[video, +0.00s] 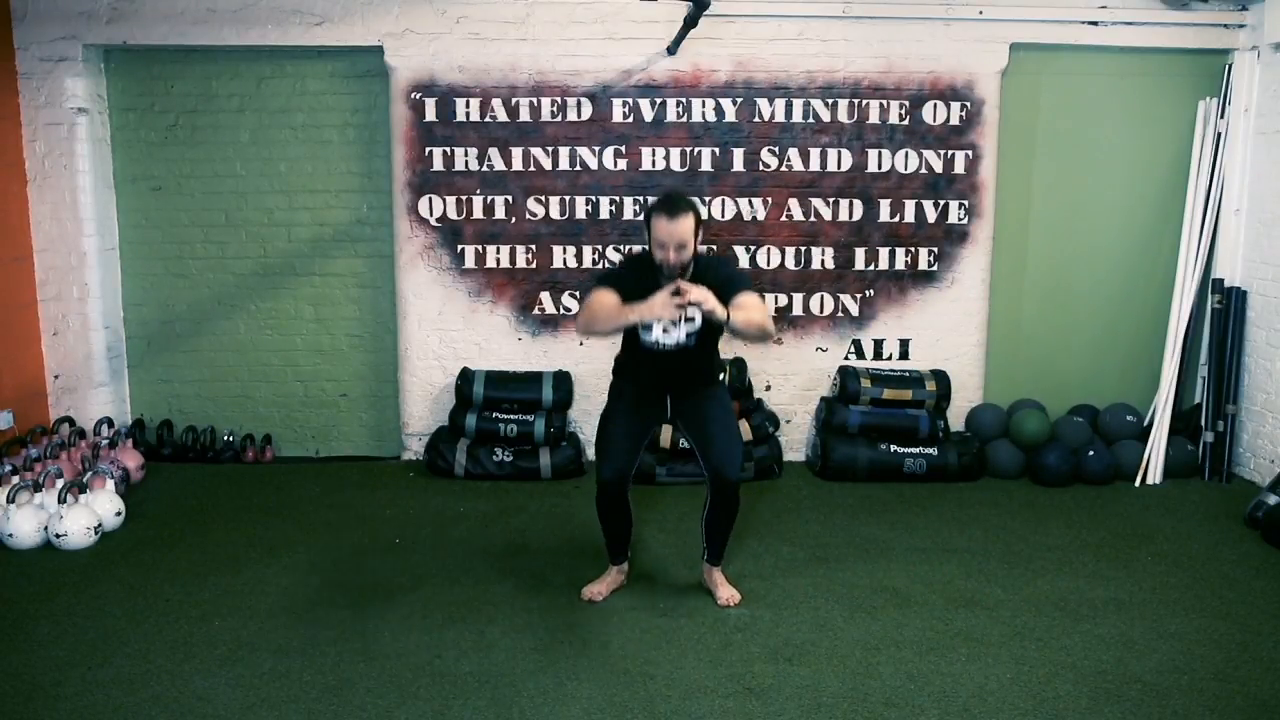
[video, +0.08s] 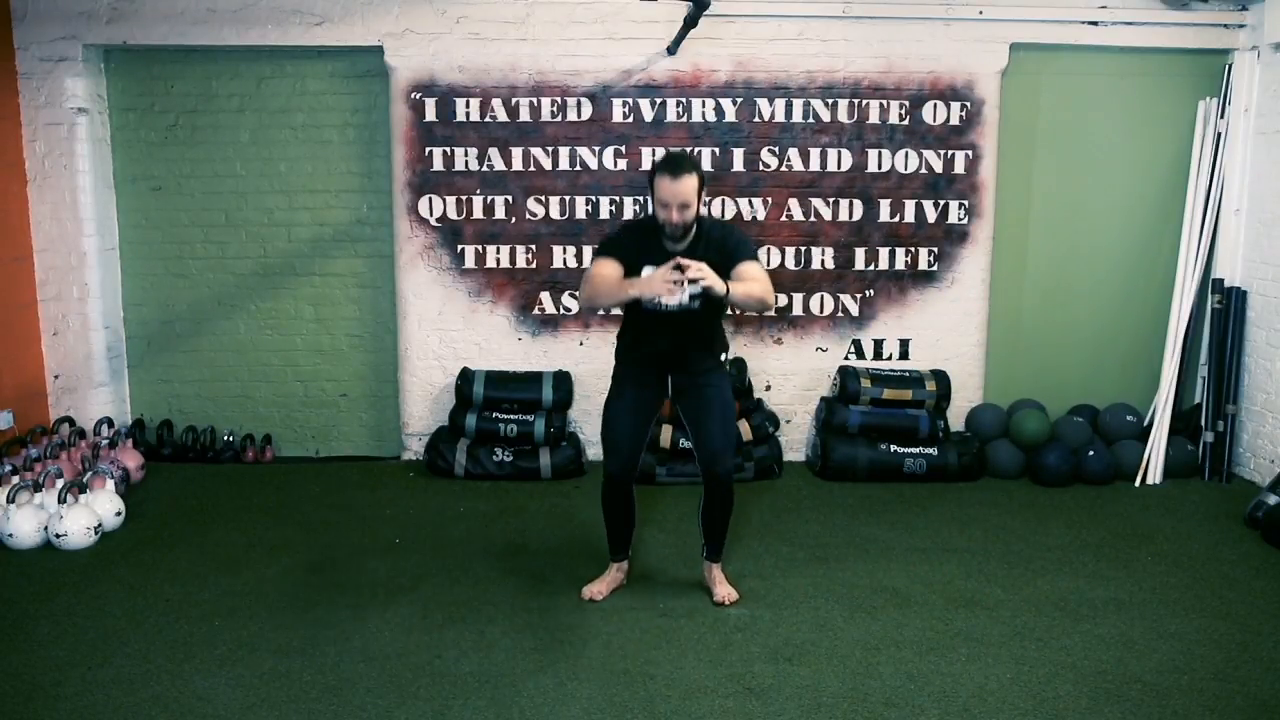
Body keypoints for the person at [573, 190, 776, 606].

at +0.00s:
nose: (670, 256)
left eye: (680, 247)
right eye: (661, 246)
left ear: (696, 238)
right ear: (649, 239)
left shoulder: (717, 273)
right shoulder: (633, 271)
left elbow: (763, 326)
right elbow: (587, 320)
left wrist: (722, 313)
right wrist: (645, 310)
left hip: (699, 388)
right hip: (637, 388)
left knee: (727, 473)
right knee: (610, 476)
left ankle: (713, 568)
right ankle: (618, 565)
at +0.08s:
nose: (674, 216)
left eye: (683, 206)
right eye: (665, 206)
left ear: (699, 199)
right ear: (652, 199)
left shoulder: (722, 239)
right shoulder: (631, 236)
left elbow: (765, 295)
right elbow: (591, 290)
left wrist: (724, 287)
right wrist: (641, 285)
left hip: (702, 367)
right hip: (638, 366)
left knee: (720, 466)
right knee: (618, 464)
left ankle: (714, 563)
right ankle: (618, 563)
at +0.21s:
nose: (679, 179)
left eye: (689, 169)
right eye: (670, 168)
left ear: (706, 162)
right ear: (657, 161)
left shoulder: (728, 206)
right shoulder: (638, 201)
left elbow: (768, 268)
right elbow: (593, 265)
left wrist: (721, 264)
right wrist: (640, 262)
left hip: (704, 356)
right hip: (640, 353)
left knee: (713, 458)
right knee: (625, 457)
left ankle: (714, 562)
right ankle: (616, 559)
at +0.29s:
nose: (681, 172)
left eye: (692, 161)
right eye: (672, 160)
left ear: (710, 154)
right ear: (658, 153)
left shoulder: (731, 203)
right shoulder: (637, 196)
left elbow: (768, 261)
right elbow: (594, 256)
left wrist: (719, 257)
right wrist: (636, 253)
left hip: (703, 353)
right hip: (639, 350)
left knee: (712, 458)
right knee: (618, 453)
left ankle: (715, 563)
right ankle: (600, 556)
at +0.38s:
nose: (680, 168)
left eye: (690, 159)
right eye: (672, 158)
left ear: (709, 154)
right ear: (660, 153)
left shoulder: (731, 203)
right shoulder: (640, 196)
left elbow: (765, 261)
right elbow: (590, 254)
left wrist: (716, 255)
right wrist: (632, 248)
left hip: (700, 356)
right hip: (635, 351)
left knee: (709, 460)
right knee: (603, 451)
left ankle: (714, 562)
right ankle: (568, 551)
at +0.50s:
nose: (673, 171)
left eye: (684, 162)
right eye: (665, 160)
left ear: (703, 158)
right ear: (654, 154)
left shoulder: (720, 208)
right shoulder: (631, 195)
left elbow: (752, 268)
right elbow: (581, 252)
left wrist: (704, 260)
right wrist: (622, 250)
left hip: (682, 357)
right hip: (615, 347)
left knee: (697, 462)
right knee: (559, 438)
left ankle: (713, 562)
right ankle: (502, 529)